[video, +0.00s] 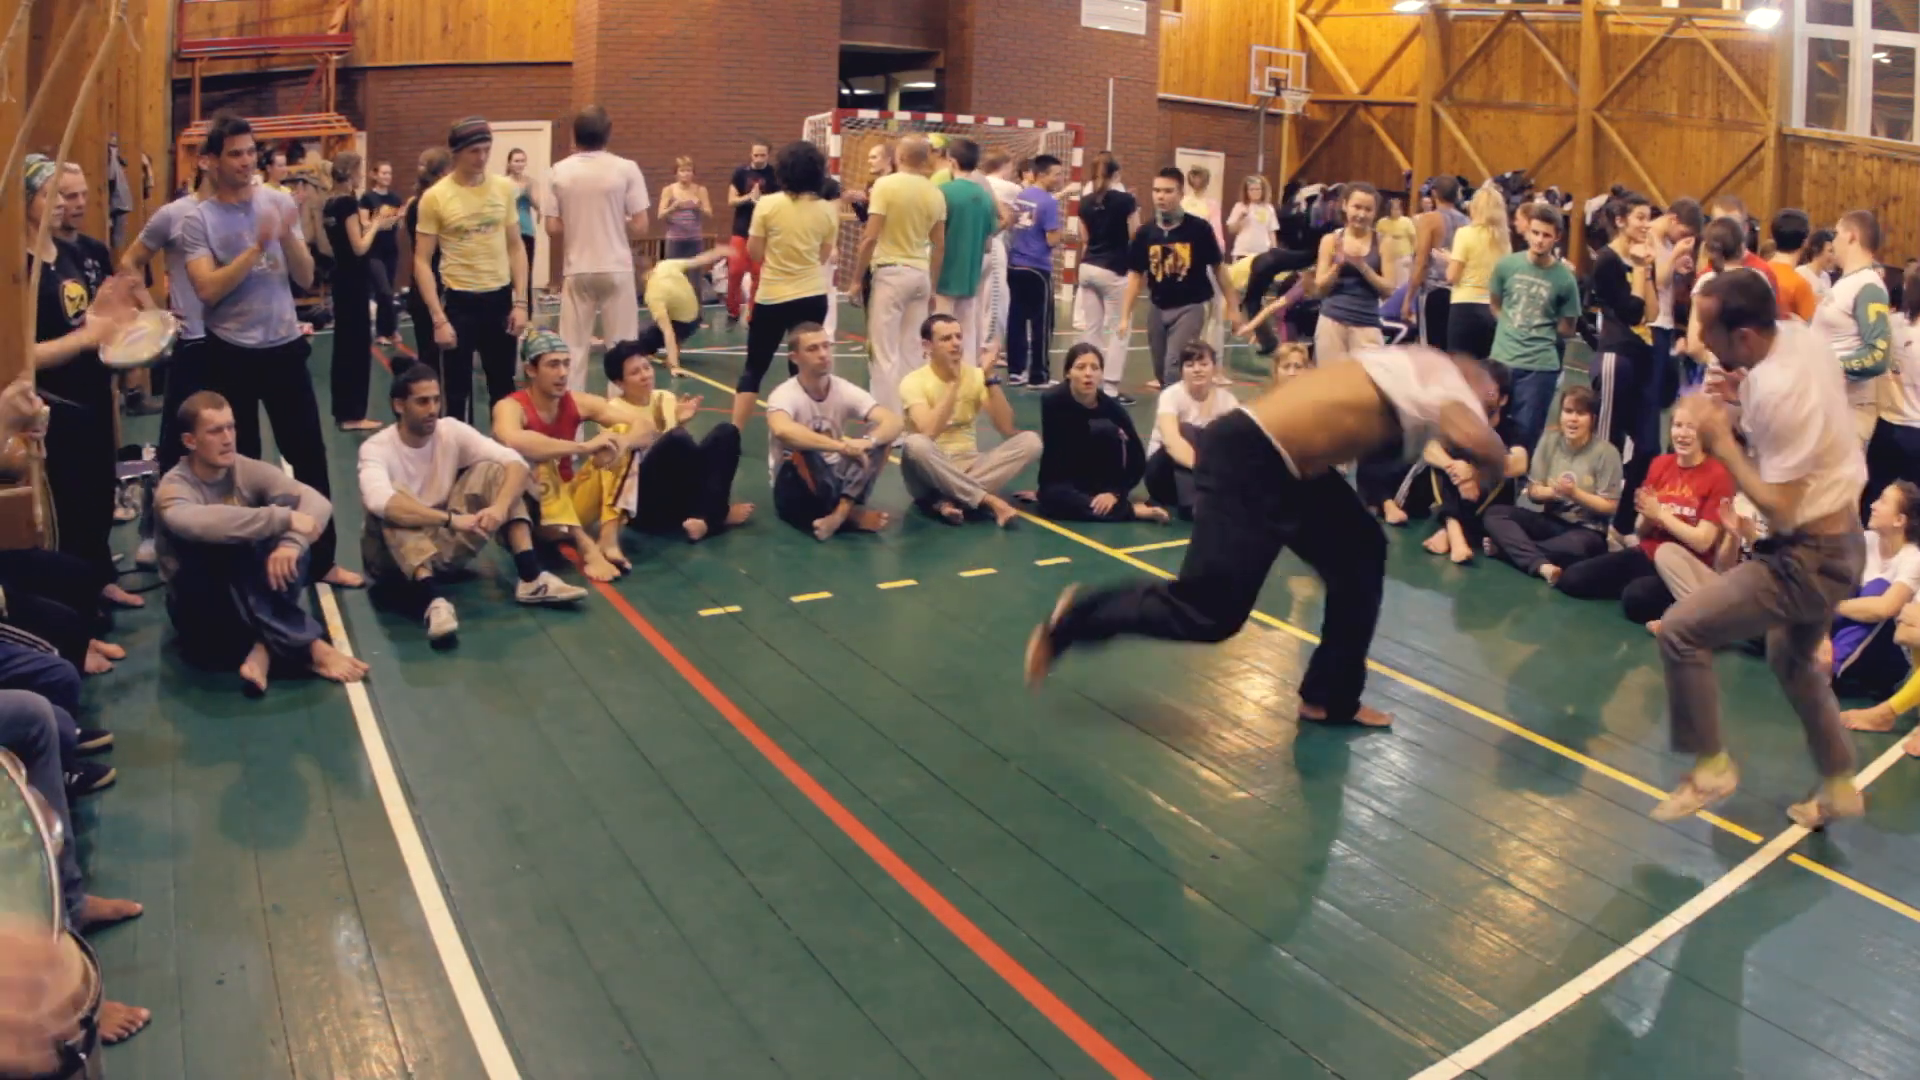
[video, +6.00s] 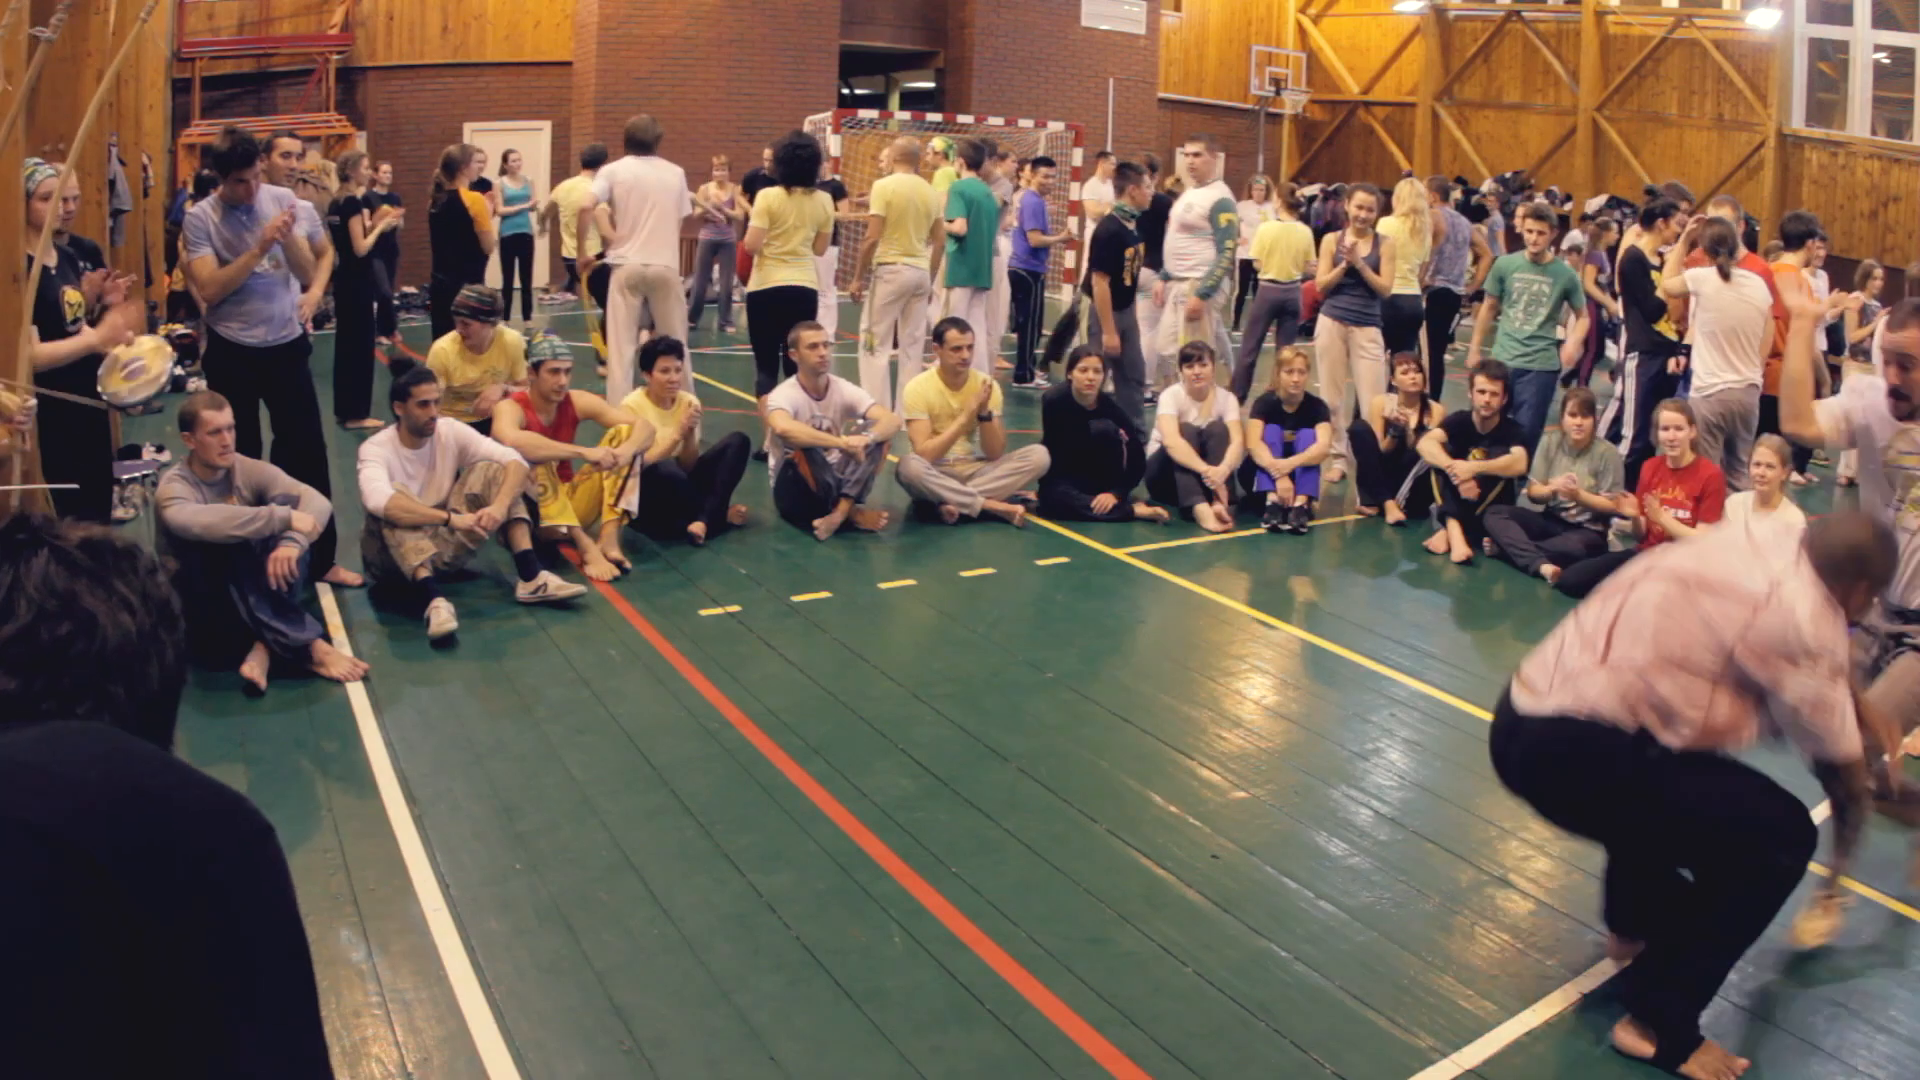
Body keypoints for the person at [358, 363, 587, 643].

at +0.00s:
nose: (432, 409)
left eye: (436, 400)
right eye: (422, 402)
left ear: (441, 400)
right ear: (398, 405)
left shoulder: (451, 431)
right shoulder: (376, 449)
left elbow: (516, 464)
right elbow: (381, 503)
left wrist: (500, 508)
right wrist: (450, 519)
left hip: (450, 545)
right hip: (398, 551)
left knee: (493, 470)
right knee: (395, 500)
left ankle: (532, 577)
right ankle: (434, 602)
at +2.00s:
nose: (429, 410)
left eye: (434, 400)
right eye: (419, 402)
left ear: (439, 400)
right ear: (396, 407)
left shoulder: (449, 431)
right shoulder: (375, 450)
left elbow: (516, 463)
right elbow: (379, 502)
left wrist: (499, 508)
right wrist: (449, 519)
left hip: (448, 547)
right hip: (398, 554)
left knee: (491, 470)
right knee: (395, 499)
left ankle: (532, 577)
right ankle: (434, 602)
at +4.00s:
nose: (434, 411)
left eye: (437, 402)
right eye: (424, 404)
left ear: (441, 400)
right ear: (399, 407)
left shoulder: (450, 431)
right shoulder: (375, 449)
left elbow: (516, 464)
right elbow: (380, 502)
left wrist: (500, 508)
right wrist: (449, 519)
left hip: (449, 546)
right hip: (398, 551)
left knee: (492, 470)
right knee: (395, 499)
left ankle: (532, 576)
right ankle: (435, 602)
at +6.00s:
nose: (433, 413)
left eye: (436, 403)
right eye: (423, 404)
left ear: (441, 402)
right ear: (398, 408)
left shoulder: (450, 430)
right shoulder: (376, 449)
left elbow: (516, 463)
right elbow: (378, 502)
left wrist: (500, 507)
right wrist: (450, 518)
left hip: (450, 545)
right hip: (399, 552)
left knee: (493, 470)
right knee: (395, 500)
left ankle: (531, 576)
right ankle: (434, 600)